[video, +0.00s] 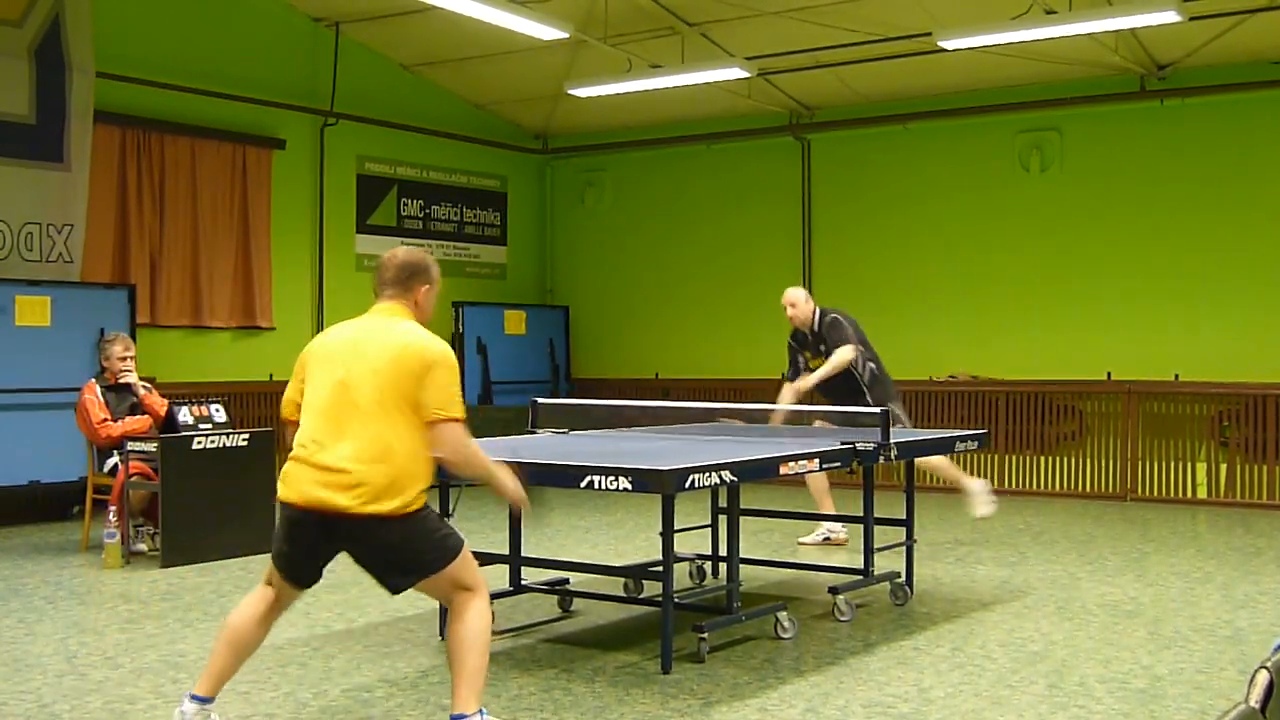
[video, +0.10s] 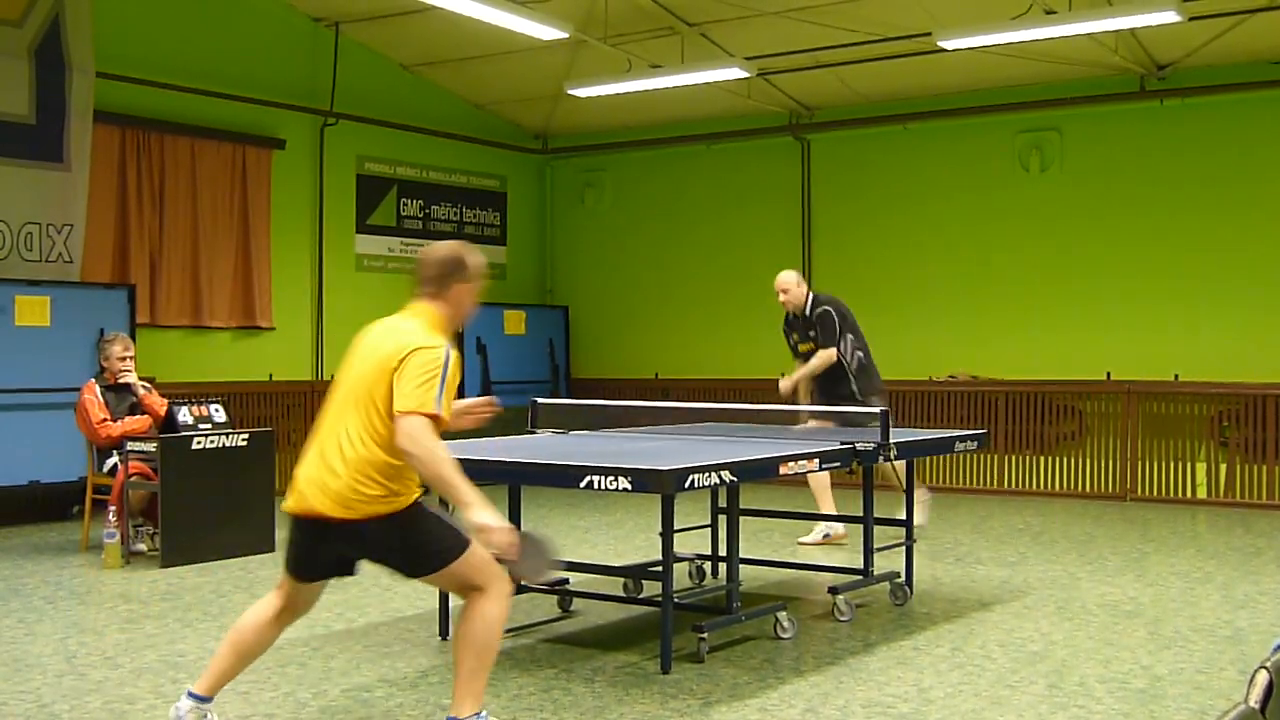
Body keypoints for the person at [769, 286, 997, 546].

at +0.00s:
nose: (788, 313)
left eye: (792, 306)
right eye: (785, 308)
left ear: (809, 303)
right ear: (787, 311)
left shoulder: (833, 321)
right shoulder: (797, 339)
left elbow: (848, 352)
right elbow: (791, 386)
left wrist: (812, 379)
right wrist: (774, 427)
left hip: (876, 402)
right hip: (839, 409)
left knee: (913, 453)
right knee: (807, 457)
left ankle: (973, 485)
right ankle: (832, 525)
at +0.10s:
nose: (780, 298)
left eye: (784, 291)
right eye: (777, 293)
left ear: (802, 288)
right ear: (779, 295)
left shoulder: (827, 309)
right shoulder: (791, 323)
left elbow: (828, 354)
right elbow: (803, 367)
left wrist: (793, 378)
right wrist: (805, 412)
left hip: (864, 397)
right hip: (829, 400)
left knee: (882, 449)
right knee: (809, 452)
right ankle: (831, 522)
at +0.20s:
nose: (777, 297)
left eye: (781, 291)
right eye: (774, 292)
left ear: (799, 285)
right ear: (778, 291)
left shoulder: (826, 303)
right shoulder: (789, 313)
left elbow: (828, 349)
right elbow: (808, 350)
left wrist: (793, 362)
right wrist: (811, 385)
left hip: (854, 387)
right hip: (821, 387)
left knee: (865, 452)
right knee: (799, 444)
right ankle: (820, 511)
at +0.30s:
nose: (777, 303)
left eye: (778, 298)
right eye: (774, 299)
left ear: (794, 289)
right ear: (781, 294)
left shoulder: (822, 307)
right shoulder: (790, 313)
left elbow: (831, 352)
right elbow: (809, 348)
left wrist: (795, 354)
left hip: (840, 384)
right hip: (811, 382)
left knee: (842, 452)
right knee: (781, 432)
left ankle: (863, 517)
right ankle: (794, 498)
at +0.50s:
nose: (757, 304)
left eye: (760, 298)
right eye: (754, 299)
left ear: (775, 290)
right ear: (759, 295)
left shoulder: (804, 306)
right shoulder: (765, 312)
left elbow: (823, 345)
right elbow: (768, 344)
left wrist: (805, 383)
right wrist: (760, 371)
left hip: (814, 382)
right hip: (782, 381)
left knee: (828, 448)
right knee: (765, 441)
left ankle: (860, 514)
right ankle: (764, 511)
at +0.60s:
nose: (752, 302)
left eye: (755, 296)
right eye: (749, 297)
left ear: (770, 288)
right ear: (751, 294)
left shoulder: (797, 306)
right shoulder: (756, 309)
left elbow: (820, 343)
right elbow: (755, 338)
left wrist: (821, 386)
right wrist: (742, 372)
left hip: (805, 387)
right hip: (773, 388)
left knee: (827, 448)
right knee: (759, 446)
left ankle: (854, 513)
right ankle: (763, 511)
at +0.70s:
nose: (751, 293)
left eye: (755, 288)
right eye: (748, 288)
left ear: (771, 282)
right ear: (746, 285)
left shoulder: (794, 300)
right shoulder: (747, 303)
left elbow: (823, 331)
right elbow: (740, 336)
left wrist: (835, 374)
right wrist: (723, 372)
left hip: (800, 387)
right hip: (765, 388)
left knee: (820, 448)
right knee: (760, 449)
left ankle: (838, 509)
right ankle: (761, 510)